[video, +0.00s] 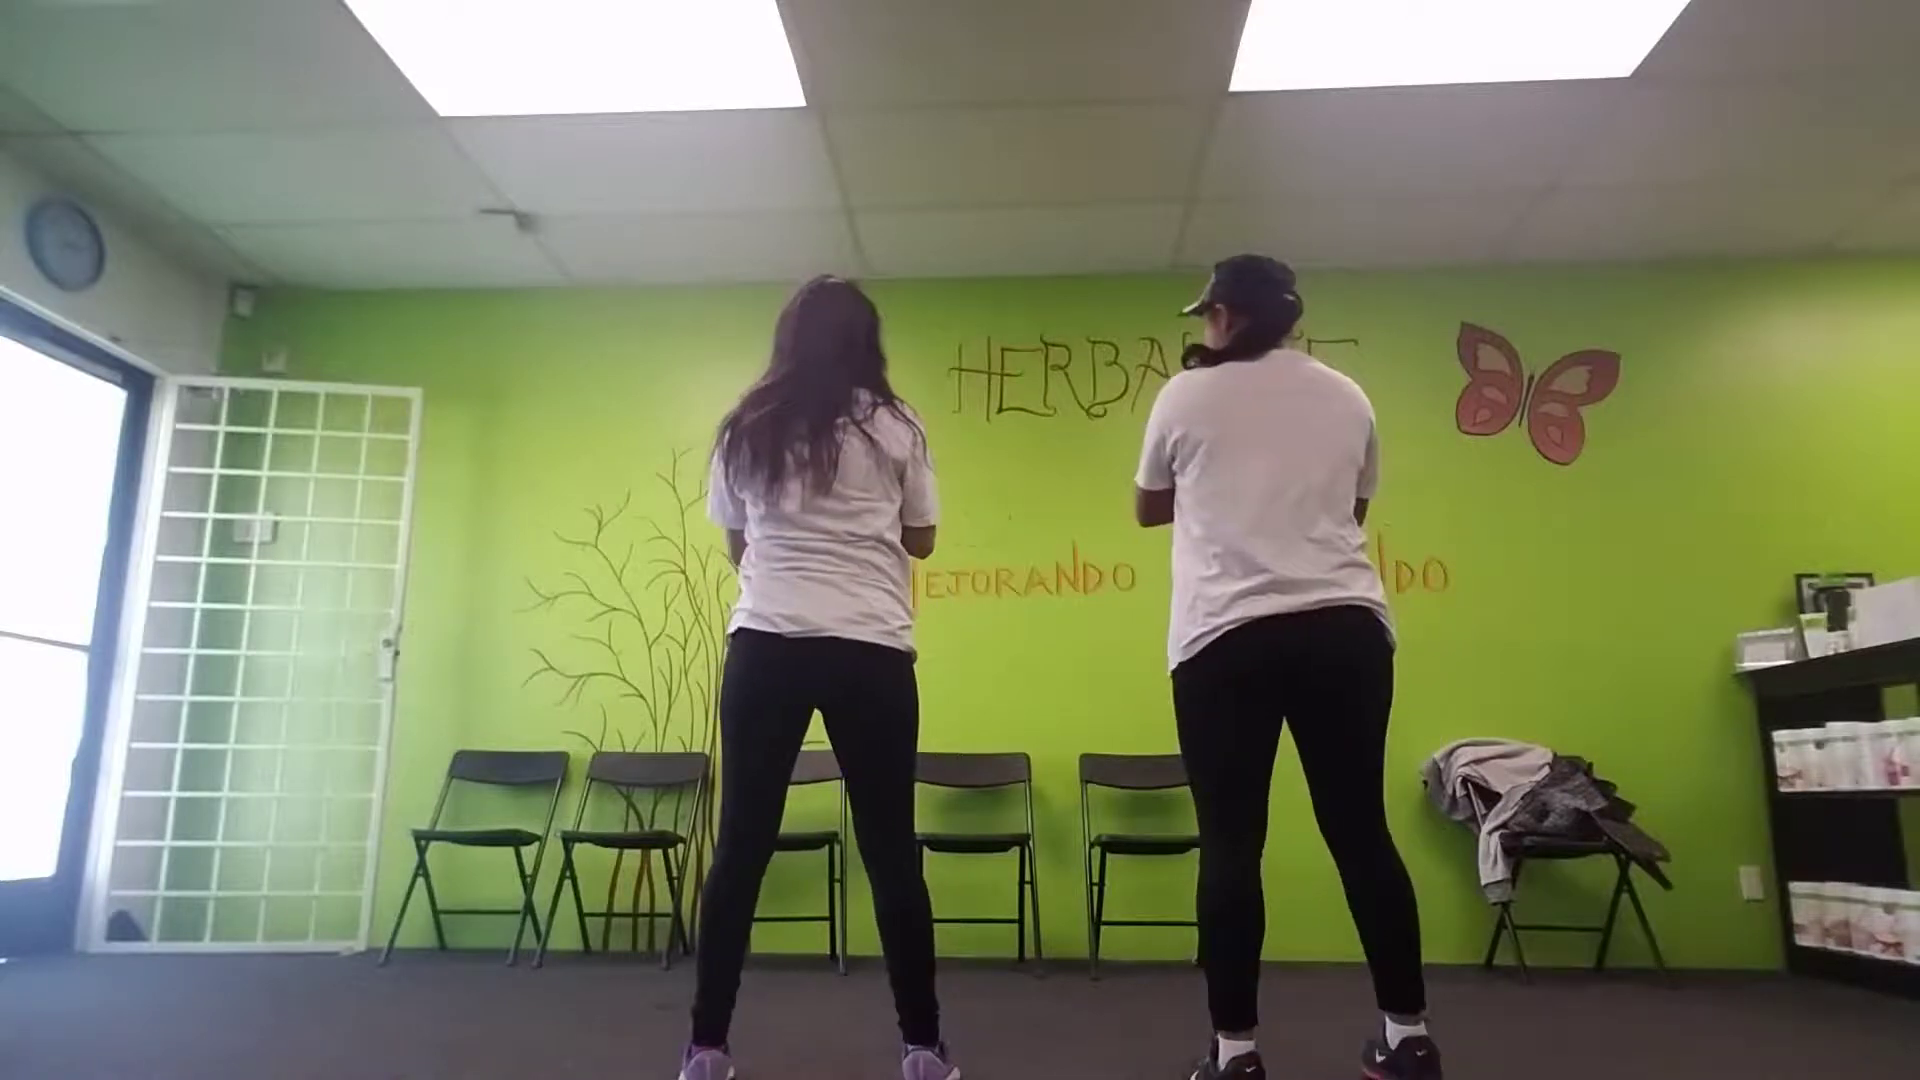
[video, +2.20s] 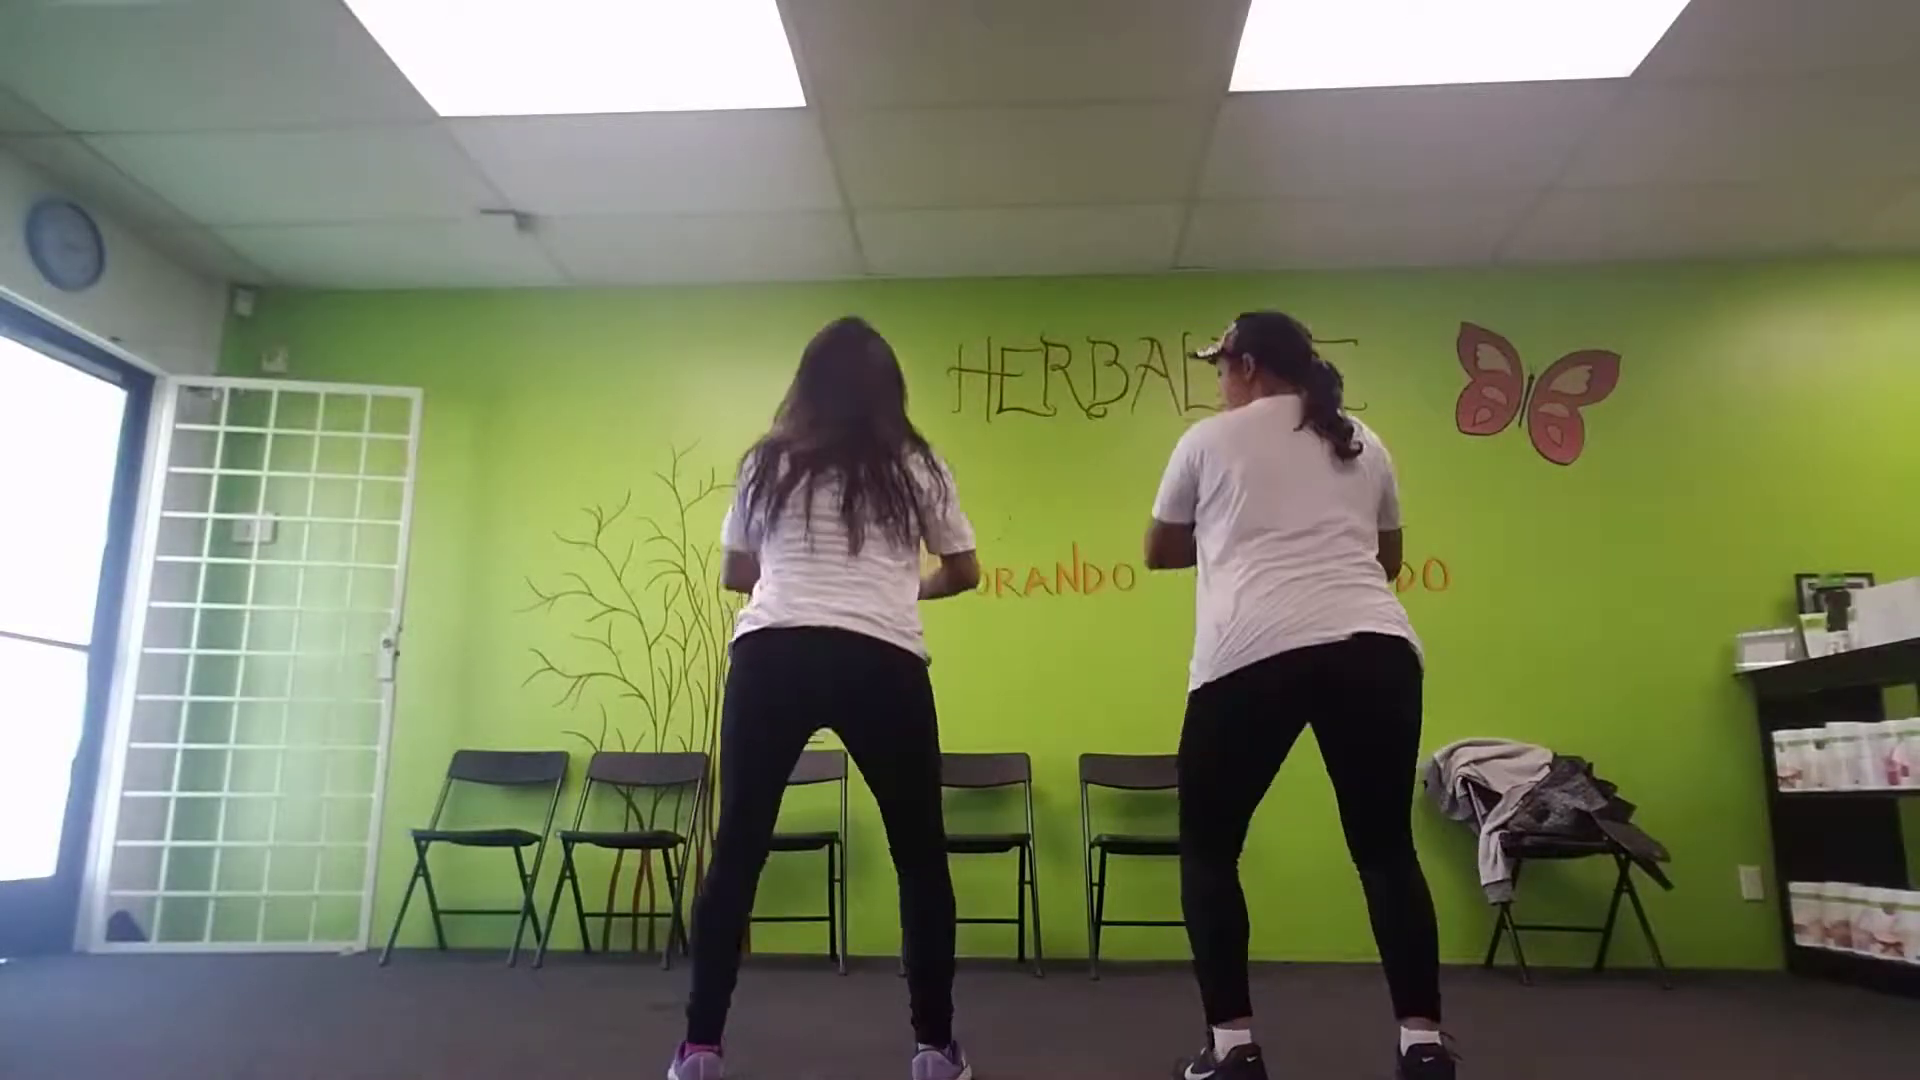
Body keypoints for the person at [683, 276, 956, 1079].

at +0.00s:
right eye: (866, 337)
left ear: (786, 340)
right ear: (870, 346)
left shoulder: (748, 423)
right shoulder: (897, 423)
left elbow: (737, 549)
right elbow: (919, 540)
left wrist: (812, 528)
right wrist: (852, 502)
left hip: (766, 648)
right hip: (871, 652)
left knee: (741, 846)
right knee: (893, 854)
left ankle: (706, 1050)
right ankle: (924, 1052)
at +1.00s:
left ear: (810, 440)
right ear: (892, 441)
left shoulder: (774, 503)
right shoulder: (914, 509)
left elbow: (767, 590)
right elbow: (941, 613)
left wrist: (834, 572)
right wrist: (878, 567)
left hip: (771, 689)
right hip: (883, 697)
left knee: (722, 859)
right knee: (932, 861)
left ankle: (697, 1049)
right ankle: (936, 1049)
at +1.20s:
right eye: (890, 524)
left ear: (809, 527)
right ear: (889, 530)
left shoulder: (772, 586)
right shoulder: (907, 594)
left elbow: (764, 669)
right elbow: (940, 694)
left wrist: (829, 657)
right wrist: (876, 657)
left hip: (762, 766)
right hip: (880, 778)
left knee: (718, 875)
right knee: (950, 866)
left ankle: (701, 1039)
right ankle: (937, 1038)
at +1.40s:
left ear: (808, 615)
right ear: (887, 619)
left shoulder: (768, 678)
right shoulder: (904, 684)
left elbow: (759, 760)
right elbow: (941, 779)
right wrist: (884, 740)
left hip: (756, 874)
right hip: (870, 878)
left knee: (705, 880)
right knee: (964, 868)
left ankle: (701, 1036)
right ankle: (938, 1038)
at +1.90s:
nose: (892, 557)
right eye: (886, 547)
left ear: (805, 550)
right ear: (883, 555)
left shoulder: (765, 607)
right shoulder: (898, 612)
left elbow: (752, 686)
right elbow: (951, 698)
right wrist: (896, 655)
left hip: (750, 757)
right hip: (865, 762)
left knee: (717, 878)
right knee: (942, 874)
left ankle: (699, 1047)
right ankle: (934, 1048)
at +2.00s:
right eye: (888, 491)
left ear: (805, 491)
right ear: (885, 499)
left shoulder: (764, 557)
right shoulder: (904, 562)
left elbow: (751, 643)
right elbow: (959, 660)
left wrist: (816, 636)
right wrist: (891, 620)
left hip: (754, 715)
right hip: (869, 721)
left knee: (719, 866)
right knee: (935, 867)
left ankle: (698, 1048)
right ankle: (935, 1049)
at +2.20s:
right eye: (885, 379)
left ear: (804, 385)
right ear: (890, 388)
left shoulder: (770, 457)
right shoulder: (919, 461)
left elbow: (735, 572)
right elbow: (962, 571)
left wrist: (812, 582)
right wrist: (892, 586)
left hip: (774, 656)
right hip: (881, 661)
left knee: (736, 849)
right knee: (921, 854)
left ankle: (700, 1049)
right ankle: (935, 1050)